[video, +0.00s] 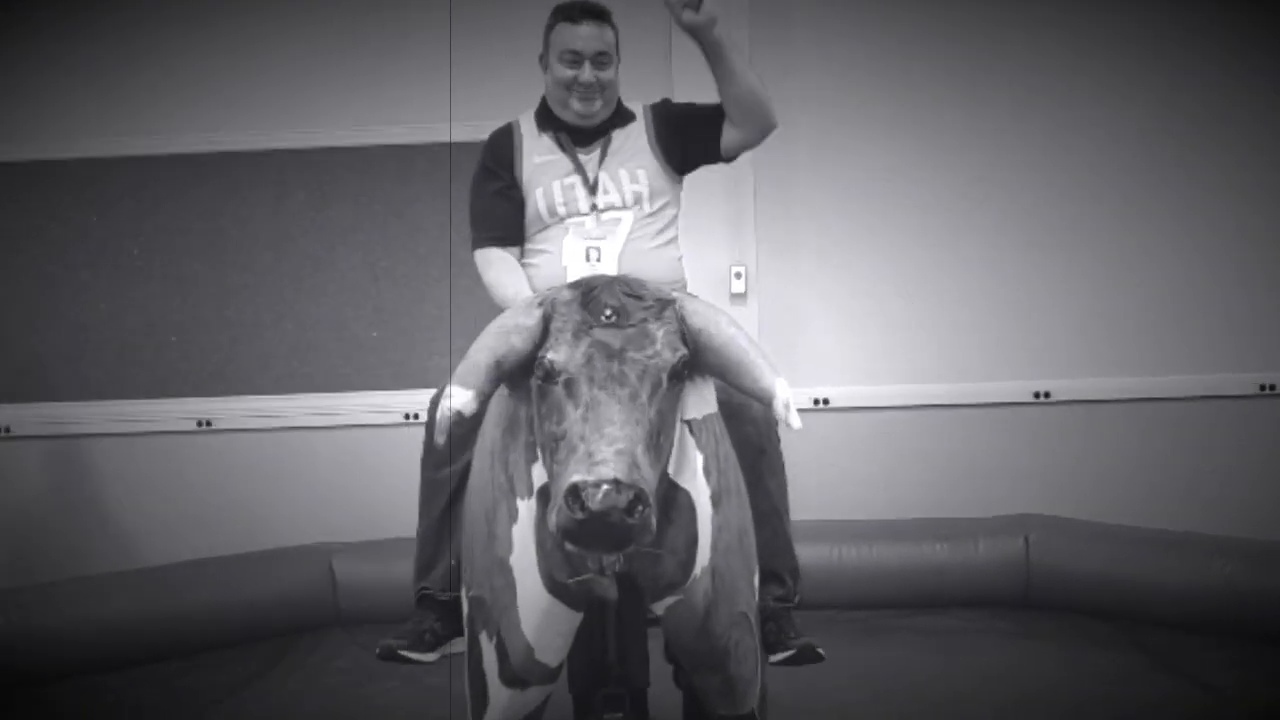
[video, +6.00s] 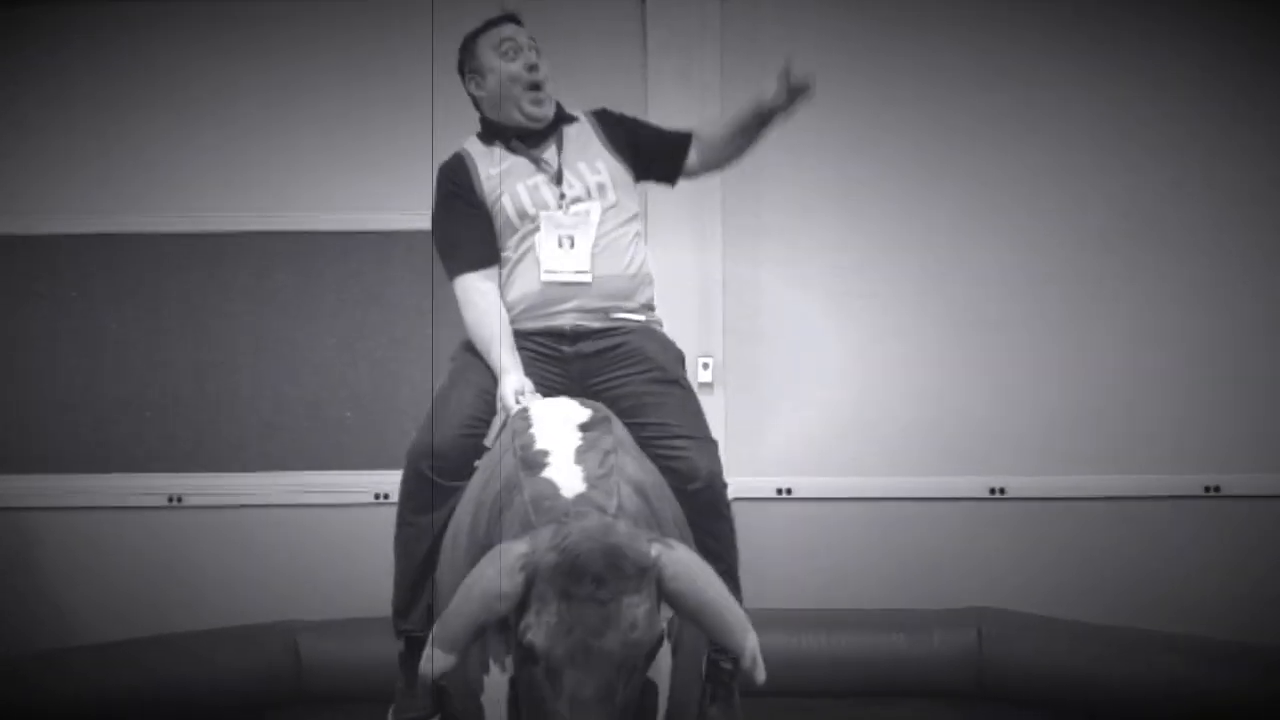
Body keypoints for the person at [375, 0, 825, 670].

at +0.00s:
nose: (585, 75)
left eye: (600, 60)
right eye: (569, 60)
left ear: (619, 65)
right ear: (543, 65)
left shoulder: (660, 129)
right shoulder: (511, 146)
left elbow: (754, 124)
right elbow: (493, 251)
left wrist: (709, 36)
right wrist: (537, 323)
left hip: (661, 311)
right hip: (550, 318)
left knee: (755, 407)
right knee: (451, 415)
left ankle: (774, 608)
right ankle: (440, 608)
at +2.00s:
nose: (553, 55)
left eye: (567, 38)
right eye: (535, 39)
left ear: (586, 39)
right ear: (502, 42)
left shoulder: (626, 92)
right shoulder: (479, 140)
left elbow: (707, 38)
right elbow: (490, 268)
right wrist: (521, 356)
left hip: (643, 325)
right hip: (530, 327)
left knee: (730, 465)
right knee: (434, 446)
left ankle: (734, 654)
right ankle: (421, 640)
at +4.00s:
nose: (497, 118)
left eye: (512, 95)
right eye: (474, 104)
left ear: (542, 103)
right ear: (453, 126)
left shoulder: (619, 161)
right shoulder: (447, 228)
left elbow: (707, 263)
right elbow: (470, 373)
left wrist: (677, 378)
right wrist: (513, 482)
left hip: (651, 441)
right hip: (513, 448)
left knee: (735, 604)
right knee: (411, 574)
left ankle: (750, 718)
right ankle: (406, 715)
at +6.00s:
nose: (533, 64)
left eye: (534, 51)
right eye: (509, 56)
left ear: (547, 65)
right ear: (474, 87)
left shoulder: (605, 132)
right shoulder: (466, 172)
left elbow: (699, 155)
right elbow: (474, 284)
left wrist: (765, 111)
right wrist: (508, 371)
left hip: (626, 339)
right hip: (519, 346)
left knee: (700, 476)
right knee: (434, 456)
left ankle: (725, 663)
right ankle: (418, 652)